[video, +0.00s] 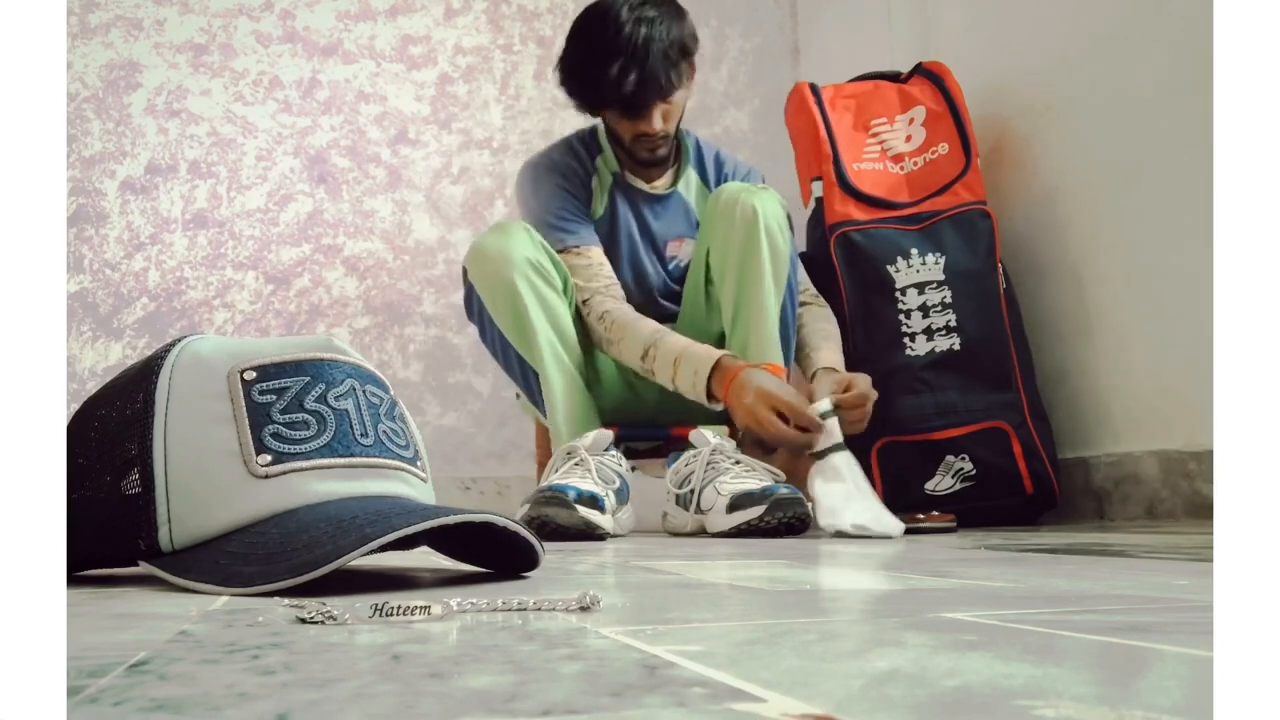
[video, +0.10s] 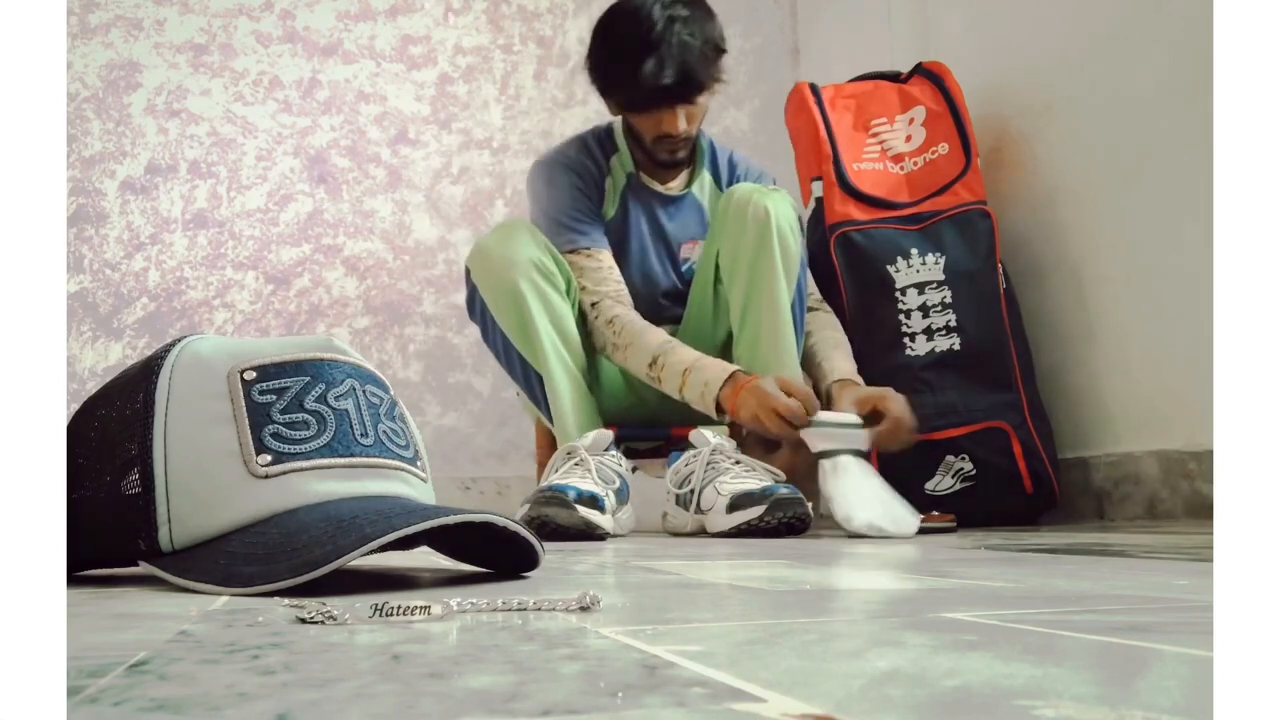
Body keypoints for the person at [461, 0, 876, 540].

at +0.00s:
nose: (654, 127)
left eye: (667, 102)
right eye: (630, 110)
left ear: (689, 76)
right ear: (593, 98)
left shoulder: (731, 180)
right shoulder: (554, 177)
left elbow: (803, 300)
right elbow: (607, 318)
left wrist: (827, 375)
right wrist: (725, 379)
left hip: (701, 385)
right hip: (604, 383)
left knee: (750, 203)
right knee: (499, 249)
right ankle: (584, 462)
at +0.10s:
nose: (675, 126)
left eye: (690, 101)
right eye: (652, 107)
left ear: (711, 86)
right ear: (616, 98)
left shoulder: (745, 183)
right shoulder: (566, 175)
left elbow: (807, 305)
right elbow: (614, 326)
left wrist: (843, 385)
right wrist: (729, 386)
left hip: (704, 383)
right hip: (606, 381)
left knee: (761, 204)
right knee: (502, 248)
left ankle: (734, 460)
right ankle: (585, 457)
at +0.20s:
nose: (700, 130)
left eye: (717, 108)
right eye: (677, 109)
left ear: (735, 96)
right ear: (635, 100)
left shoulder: (761, 185)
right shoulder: (581, 173)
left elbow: (813, 314)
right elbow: (621, 328)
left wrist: (844, 389)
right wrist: (745, 395)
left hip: (709, 388)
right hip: (610, 383)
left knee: (768, 203)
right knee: (510, 247)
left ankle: (727, 459)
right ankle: (587, 459)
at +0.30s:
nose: (712, 134)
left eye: (730, 112)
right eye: (691, 112)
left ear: (749, 98)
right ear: (649, 97)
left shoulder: (766, 188)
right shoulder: (590, 171)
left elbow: (814, 321)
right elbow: (628, 331)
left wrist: (843, 405)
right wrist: (755, 400)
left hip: (713, 389)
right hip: (613, 383)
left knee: (767, 204)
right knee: (516, 245)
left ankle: (721, 457)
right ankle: (591, 457)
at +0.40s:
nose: (725, 137)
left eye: (742, 117)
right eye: (706, 117)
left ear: (762, 104)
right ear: (656, 97)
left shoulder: (773, 188)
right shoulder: (594, 168)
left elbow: (817, 323)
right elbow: (628, 325)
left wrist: (858, 412)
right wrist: (758, 401)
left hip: (716, 389)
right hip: (613, 383)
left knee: (772, 207)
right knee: (515, 244)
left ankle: (723, 460)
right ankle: (588, 456)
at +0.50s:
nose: (730, 138)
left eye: (747, 119)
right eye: (709, 116)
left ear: (766, 106)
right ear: (663, 96)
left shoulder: (774, 189)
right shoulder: (599, 170)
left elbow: (819, 326)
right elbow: (639, 332)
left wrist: (857, 417)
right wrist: (772, 411)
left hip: (717, 388)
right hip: (615, 382)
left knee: (773, 207)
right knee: (518, 243)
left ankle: (723, 457)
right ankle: (591, 454)